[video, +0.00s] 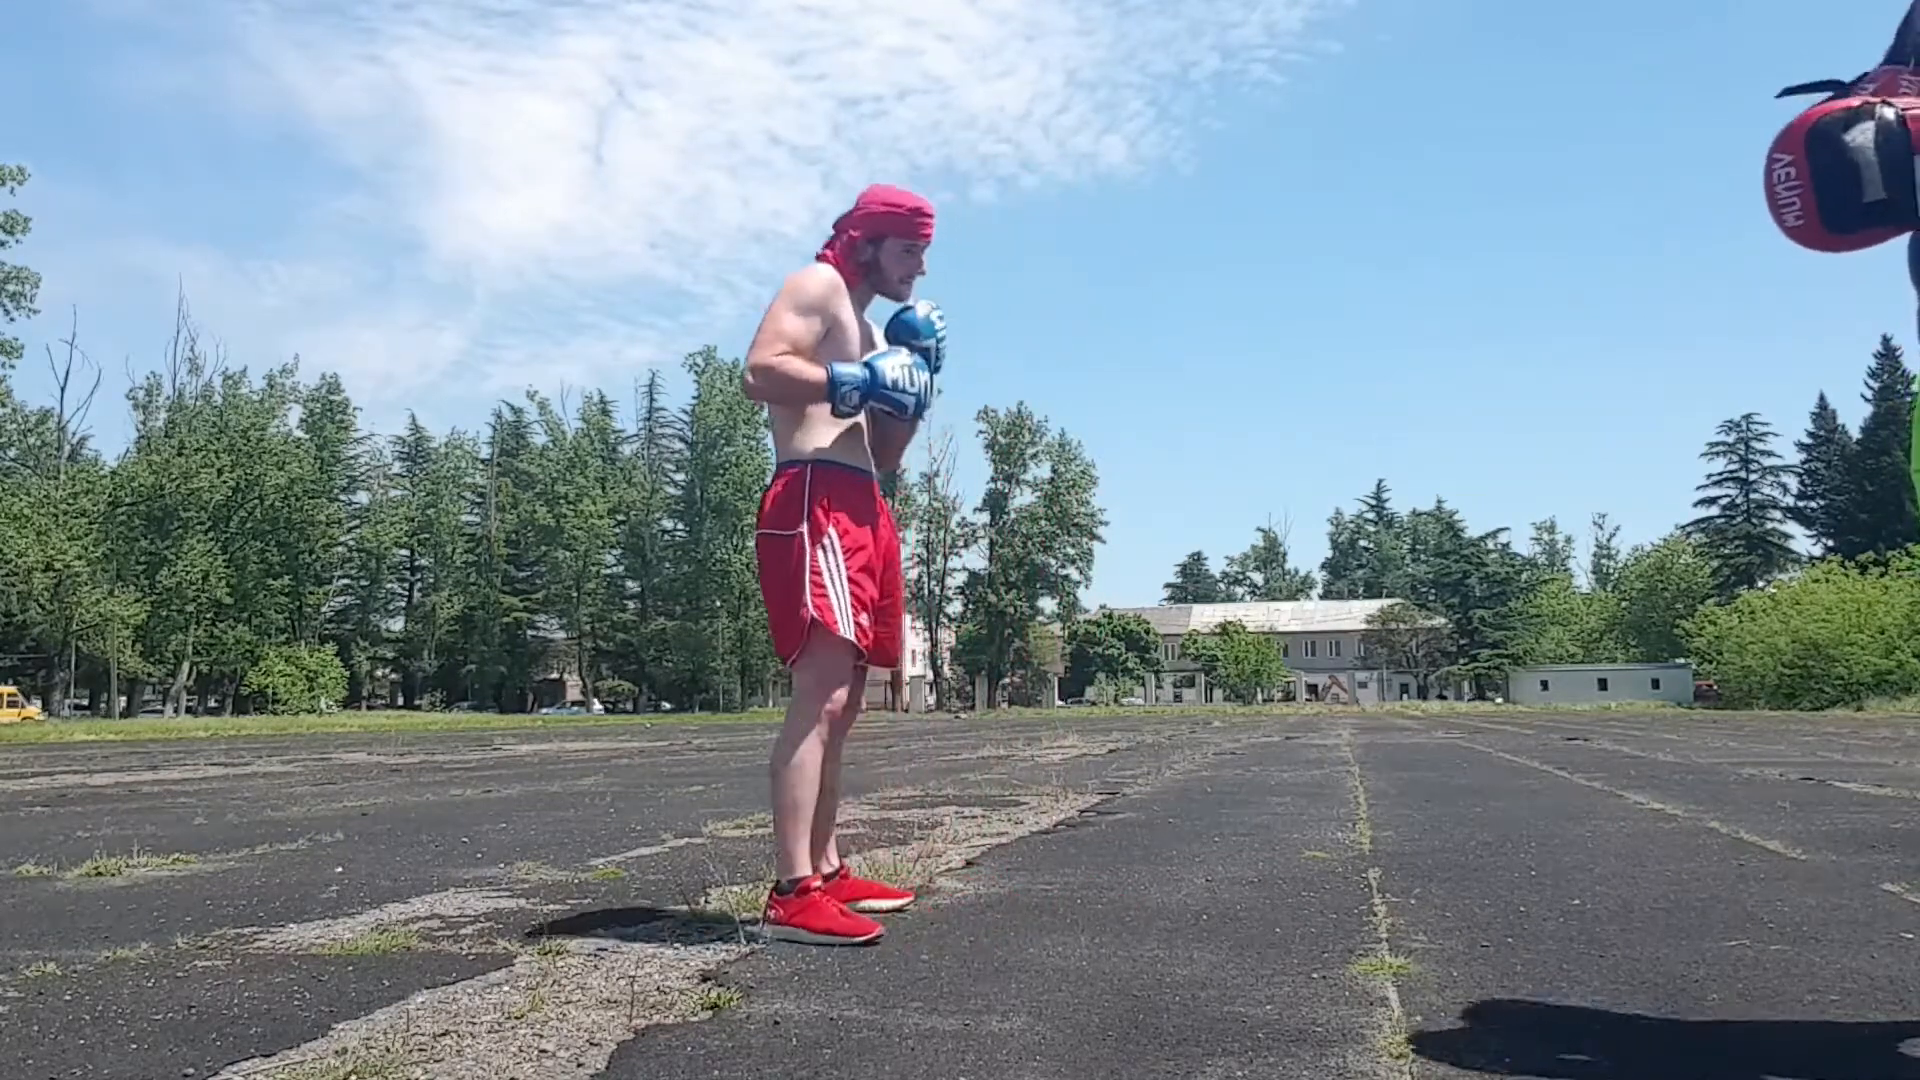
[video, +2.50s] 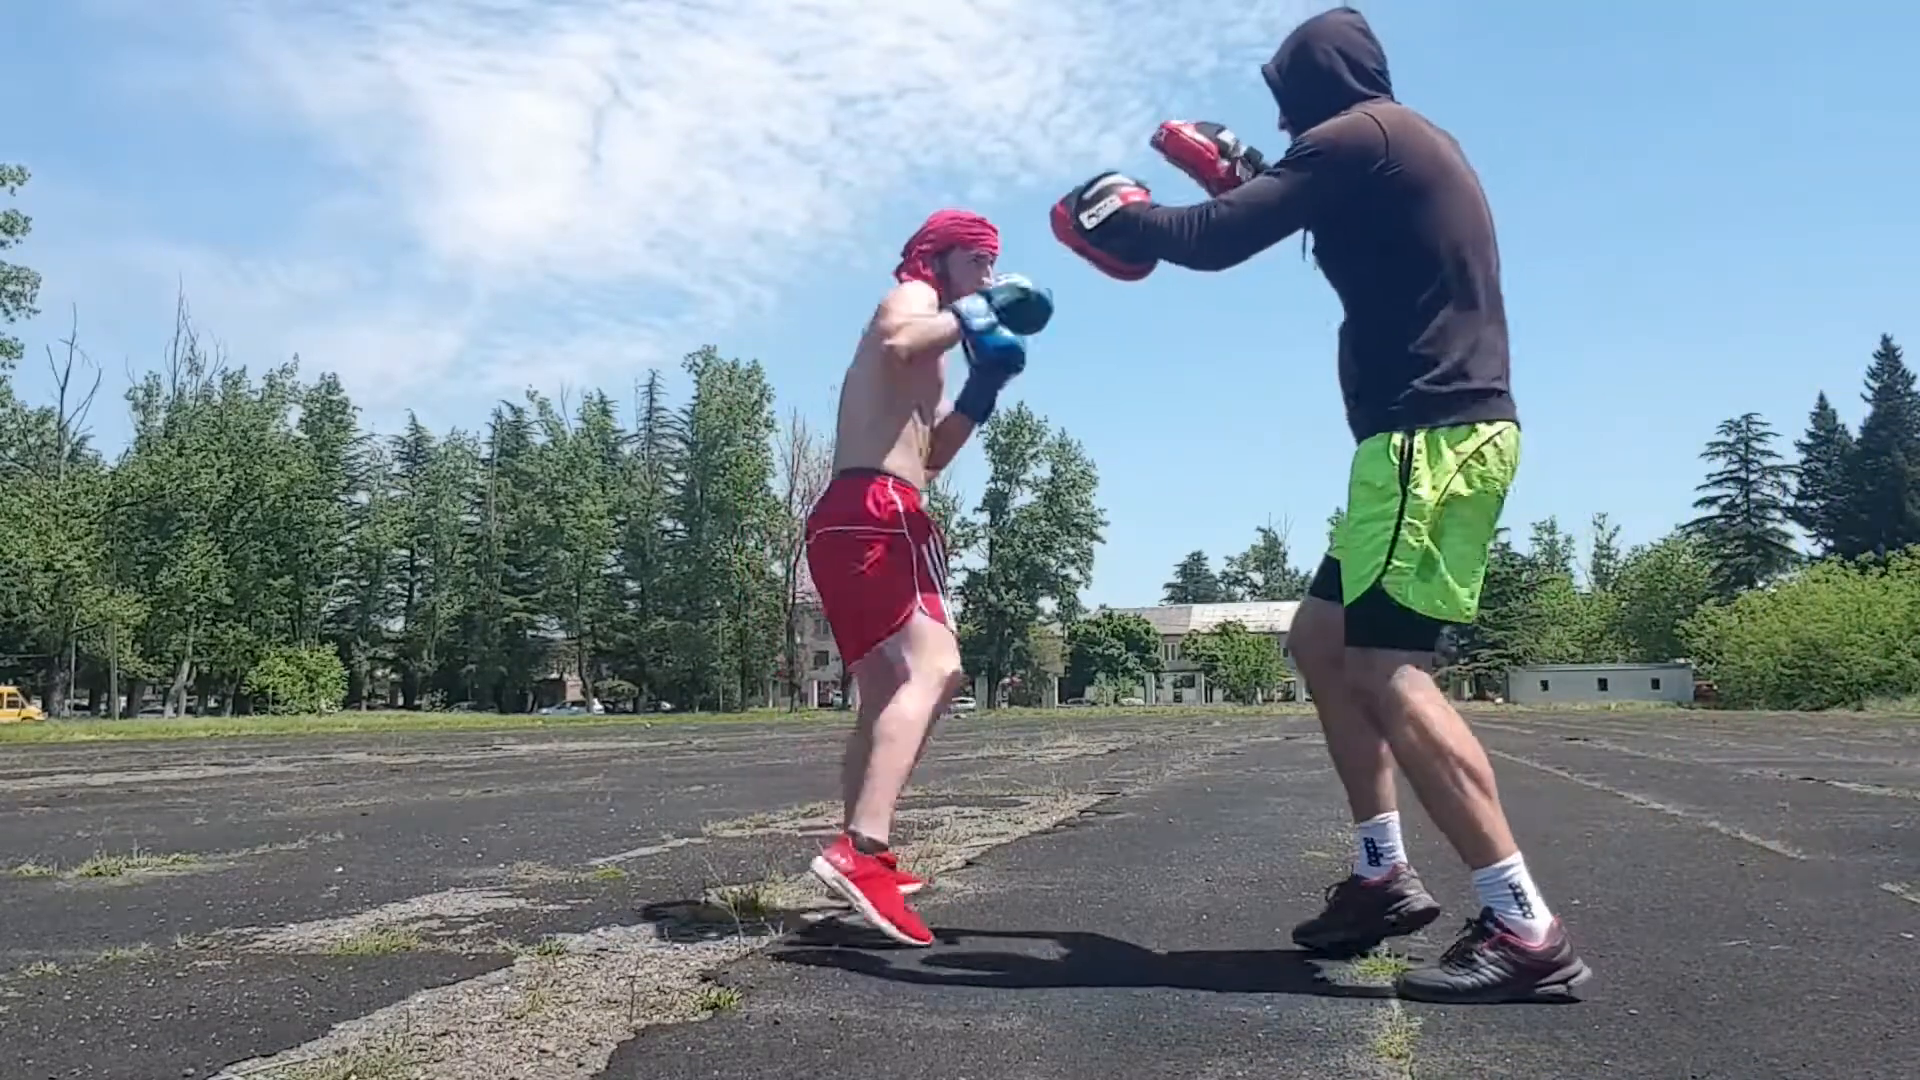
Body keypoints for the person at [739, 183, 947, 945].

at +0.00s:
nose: (919, 264)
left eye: (923, 252)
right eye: (910, 249)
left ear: (902, 257)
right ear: (865, 244)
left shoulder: (875, 330)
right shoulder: (819, 284)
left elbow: (882, 457)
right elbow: (761, 371)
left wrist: (917, 375)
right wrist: (849, 383)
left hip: (866, 506)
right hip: (816, 500)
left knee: (844, 700)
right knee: (819, 695)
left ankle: (823, 870)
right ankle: (792, 888)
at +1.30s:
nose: (917, 263)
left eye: (924, 252)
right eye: (905, 247)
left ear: (918, 262)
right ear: (859, 246)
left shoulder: (879, 338)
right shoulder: (806, 323)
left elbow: (892, 452)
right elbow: (824, 431)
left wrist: (934, 393)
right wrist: (889, 384)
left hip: (857, 516)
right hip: (807, 514)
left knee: (880, 698)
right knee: (843, 697)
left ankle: (795, 850)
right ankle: (839, 887)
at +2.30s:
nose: (960, 294)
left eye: (962, 283)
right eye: (947, 281)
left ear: (945, 292)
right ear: (905, 284)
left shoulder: (933, 368)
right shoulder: (863, 340)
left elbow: (950, 463)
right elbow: (878, 429)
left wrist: (980, 389)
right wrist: (969, 419)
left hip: (895, 536)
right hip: (851, 532)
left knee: (912, 697)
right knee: (937, 667)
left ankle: (850, 859)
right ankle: (878, 841)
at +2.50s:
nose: (990, 276)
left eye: (992, 265)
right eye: (979, 261)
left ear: (964, 270)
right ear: (937, 258)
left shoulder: (926, 351)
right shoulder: (909, 296)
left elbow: (931, 456)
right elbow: (900, 341)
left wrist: (984, 386)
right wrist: (976, 311)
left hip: (867, 519)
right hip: (872, 511)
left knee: (884, 697)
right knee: (934, 667)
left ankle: (859, 852)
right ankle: (865, 845)